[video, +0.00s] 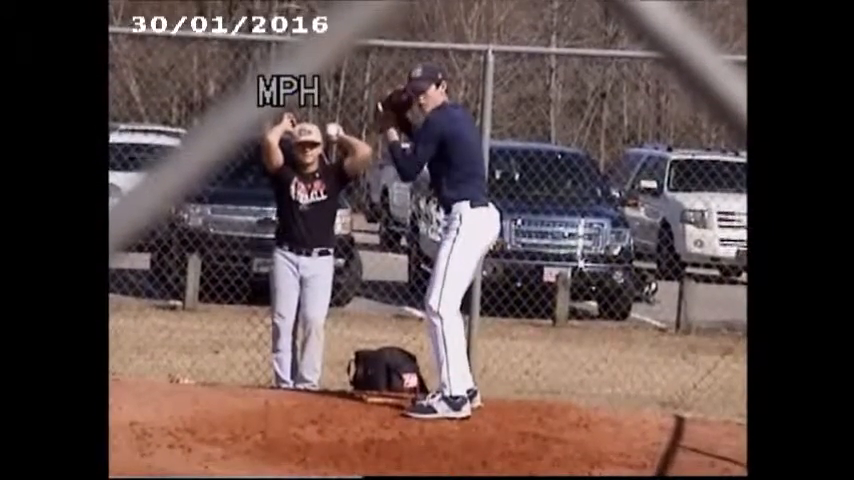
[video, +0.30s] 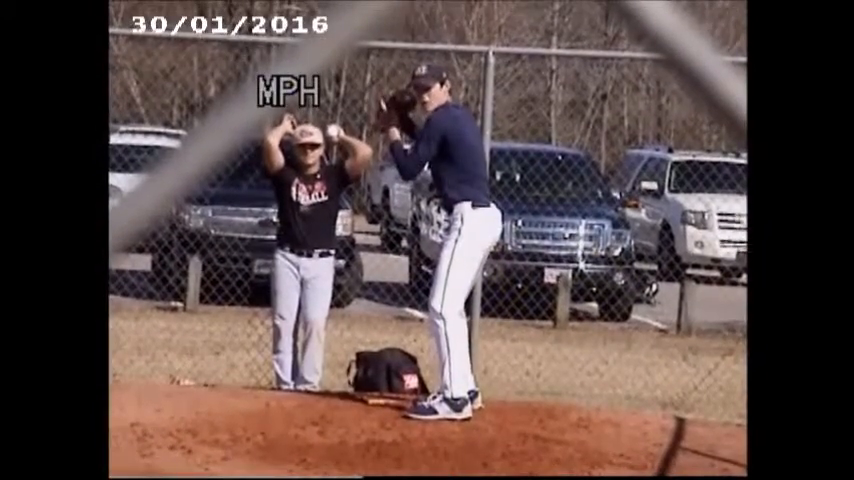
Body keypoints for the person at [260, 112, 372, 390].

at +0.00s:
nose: (307, 152)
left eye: (313, 146)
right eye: (302, 147)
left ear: (322, 148)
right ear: (294, 149)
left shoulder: (334, 174)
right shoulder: (284, 174)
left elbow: (365, 153)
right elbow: (270, 145)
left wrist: (342, 137)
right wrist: (281, 127)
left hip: (320, 258)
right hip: (286, 256)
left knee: (314, 320)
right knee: (282, 320)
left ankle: (309, 380)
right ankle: (283, 380)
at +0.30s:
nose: (308, 153)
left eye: (314, 147)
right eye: (303, 148)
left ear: (323, 149)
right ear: (295, 150)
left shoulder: (335, 175)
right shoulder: (285, 176)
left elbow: (365, 154)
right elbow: (271, 146)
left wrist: (342, 138)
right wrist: (283, 128)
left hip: (321, 260)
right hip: (287, 258)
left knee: (315, 322)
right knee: (283, 321)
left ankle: (309, 381)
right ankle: (283, 381)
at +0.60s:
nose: (308, 153)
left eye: (314, 148)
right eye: (303, 148)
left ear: (323, 150)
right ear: (294, 151)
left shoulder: (335, 176)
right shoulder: (284, 176)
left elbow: (365, 155)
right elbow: (270, 146)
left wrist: (343, 139)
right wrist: (283, 129)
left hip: (321, 260)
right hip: (287, 258)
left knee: (315, 323)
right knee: (283, 321)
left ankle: (309, 382)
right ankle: (283, 381)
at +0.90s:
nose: (308, 152)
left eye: (313, 147)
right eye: (303, 147)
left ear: (323, 148)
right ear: (295, 149)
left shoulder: (334, 174)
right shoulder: (284, 174)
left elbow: (366, 155)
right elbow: (268, 142)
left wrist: (343, 137)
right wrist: (282, 126)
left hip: (321, 258)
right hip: (286, 256)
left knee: (314, 319)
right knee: (282, 319)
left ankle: (309, 379)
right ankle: (283, 378)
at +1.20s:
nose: (310, 155)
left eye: (315, 150)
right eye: (305, 150)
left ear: (324, 151)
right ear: (296, 151)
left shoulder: (334, 177)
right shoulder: (284, 177)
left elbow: (367, 159)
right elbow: (268, 147)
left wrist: (343, 140)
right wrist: (282, 130)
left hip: (321, 261)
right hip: (286, 259)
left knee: (314, 323)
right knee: (282, 322)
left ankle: (309, 382)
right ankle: (283, 382)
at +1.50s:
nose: (309, 152)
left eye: (315, 147)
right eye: (304, 147)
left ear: (323, 149)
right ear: (295, 149)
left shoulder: (334, 175)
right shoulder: (284, 175)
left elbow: (356, 165)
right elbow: (269, 144)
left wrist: (349, 145)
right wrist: (282, 127)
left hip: (320, 259)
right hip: (286, 257)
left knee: (314, 320)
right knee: (282, 320)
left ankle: (308, 379)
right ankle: (282, 380)